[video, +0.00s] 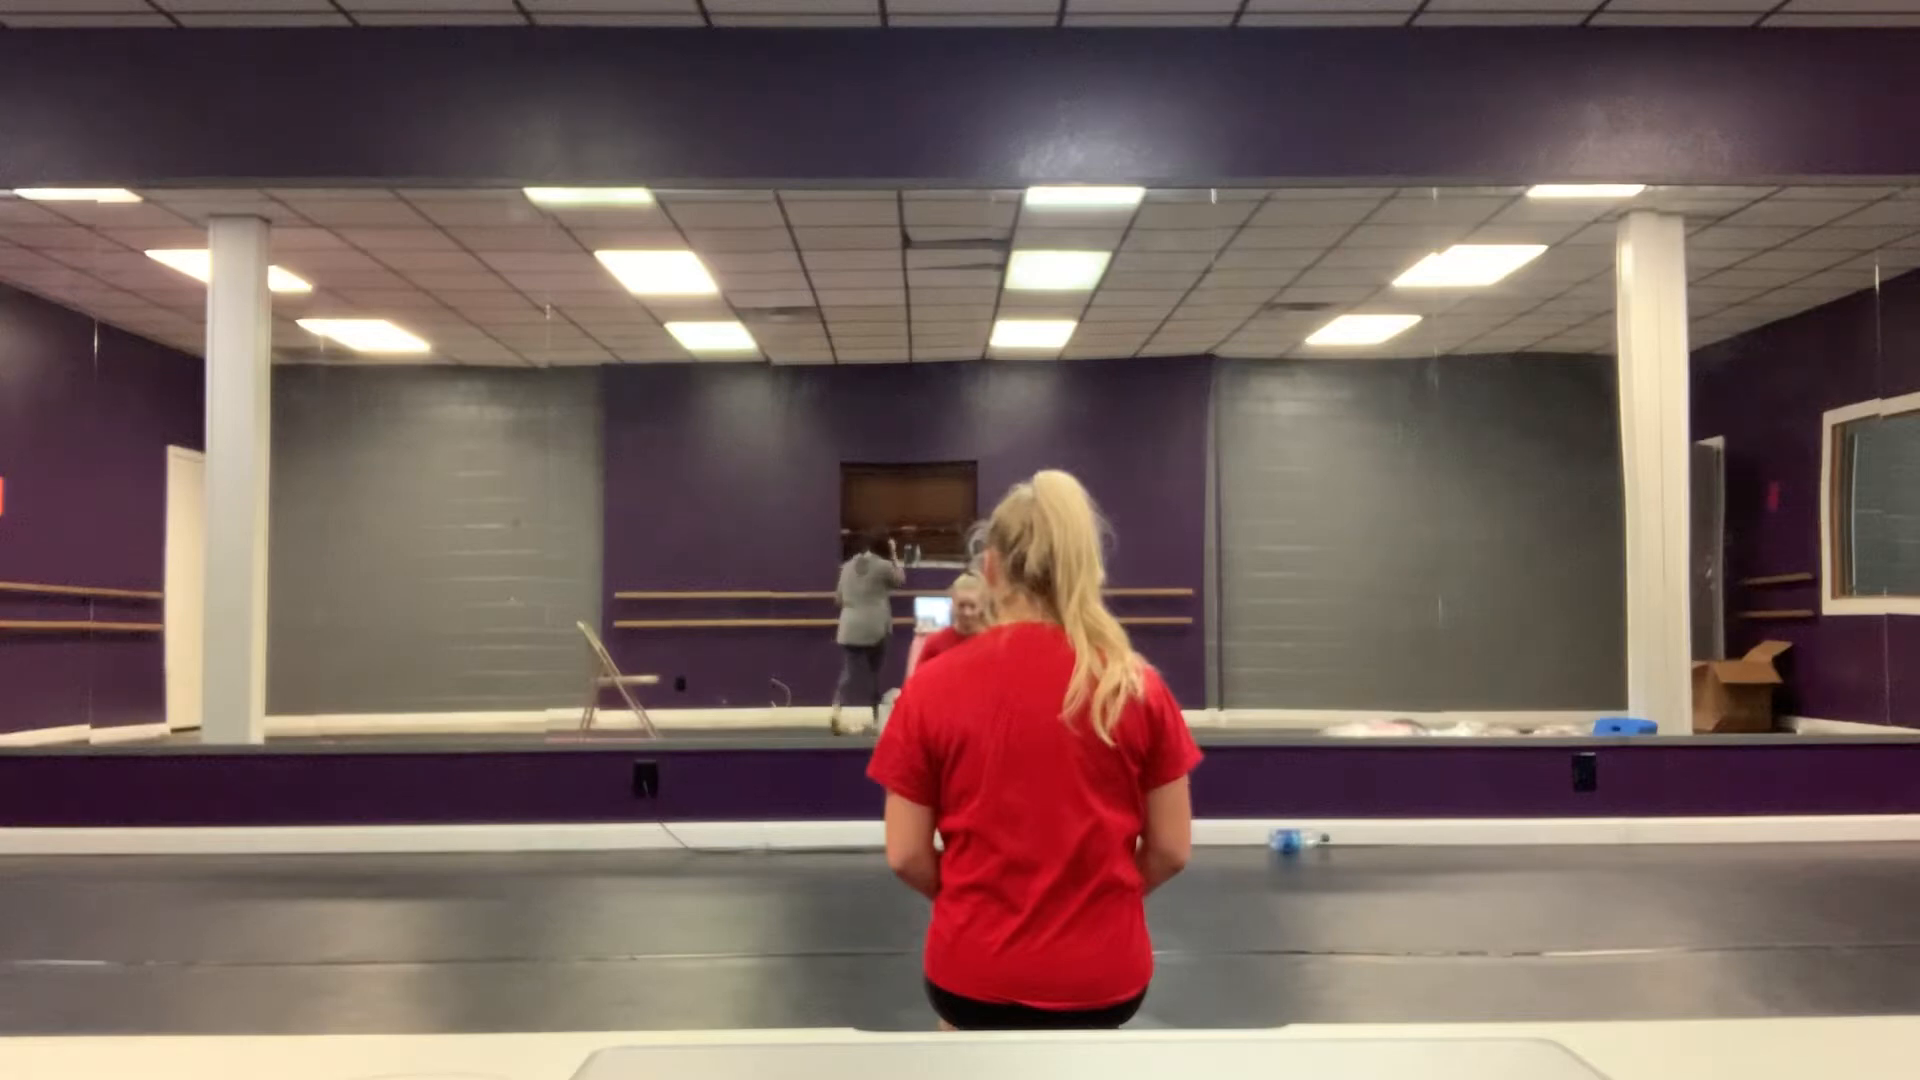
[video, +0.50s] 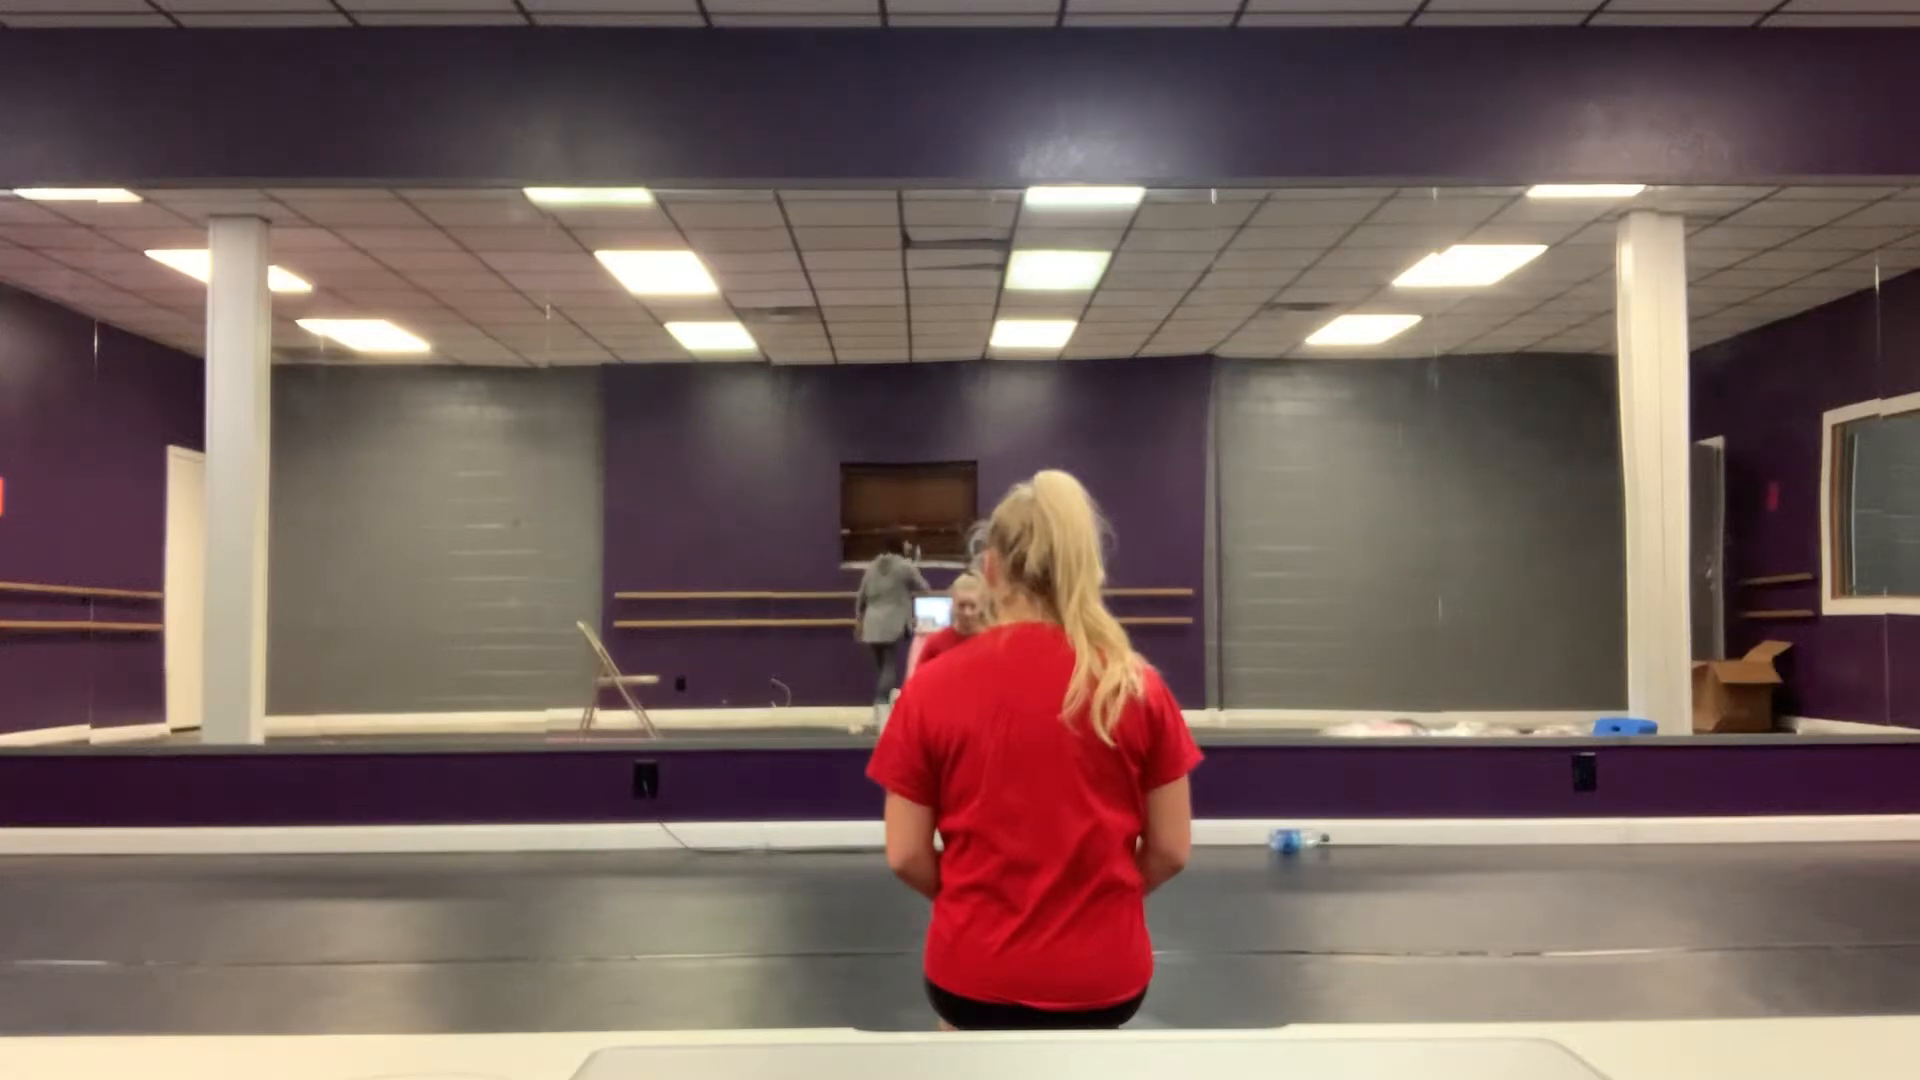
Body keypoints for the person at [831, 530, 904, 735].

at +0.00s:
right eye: (885, 545)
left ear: (861, 545)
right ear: (880, 547)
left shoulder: (847, 567)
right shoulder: (881, 565)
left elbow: (839, 597)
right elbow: (900, 578)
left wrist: (854, 601)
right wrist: (894, 555)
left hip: (850, 620)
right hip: (876, 620)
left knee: (849, 668)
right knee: (873, 670)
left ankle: (838, 703)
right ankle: (873, 713)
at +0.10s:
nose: (895, 548)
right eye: (894, 545)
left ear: (871, 544)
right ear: (888, 547)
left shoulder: (854, 566)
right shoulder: (887, 563)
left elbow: (844, 596)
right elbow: (907, 574)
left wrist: (847, 612)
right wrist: (899, 554)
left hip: (856, 616)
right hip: (880, 616)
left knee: (856, 668)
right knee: (878, 668)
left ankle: (846, 697)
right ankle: (876, 714)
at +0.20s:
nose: (899, 546)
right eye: (898, 543)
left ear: (876, 542)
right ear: (893, 544)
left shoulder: (860, 564)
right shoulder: (894, 563)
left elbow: (849, 594)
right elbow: (913, 576)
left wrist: (850, 611)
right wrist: (903, 557)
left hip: (861, 615)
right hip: (885, 615)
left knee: (863, 662)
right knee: (881, 665)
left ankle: (858, 690)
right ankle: (876, 709)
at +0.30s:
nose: (902, 548)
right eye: (900, 545)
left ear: (879, 545)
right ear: (895, 546)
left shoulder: (864, 565)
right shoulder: (897, 564)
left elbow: (853, 594)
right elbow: (916, 579)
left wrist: (852, 615)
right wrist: (907, 561)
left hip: (865, 615)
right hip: (890, 616)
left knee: (870, 663)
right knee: (886, 663)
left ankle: (871, 699)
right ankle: (875, 700)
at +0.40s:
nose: (903, 548)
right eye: (902, 545)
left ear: (883, 545)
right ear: (899, 546)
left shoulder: (868, 566)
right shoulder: (902, 564)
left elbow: (857, 595)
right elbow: (920, 584)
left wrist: (855, 617)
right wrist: (912, 565)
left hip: (868, 621)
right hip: (892, 621)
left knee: (874, 666)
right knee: (888, 665)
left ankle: (876, 710)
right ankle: (883, 699)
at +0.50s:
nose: (905, 546)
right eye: (903, 543)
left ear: (884, 546)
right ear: (900, 546)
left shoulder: (872, 567)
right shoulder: (906, 566)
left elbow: (861, 595)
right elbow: (924, 588)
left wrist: (858, 618)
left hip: (872, 620)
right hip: (895, 620)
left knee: (880, 665)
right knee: (890, 664)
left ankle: (883, 702)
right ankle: (881, 702)